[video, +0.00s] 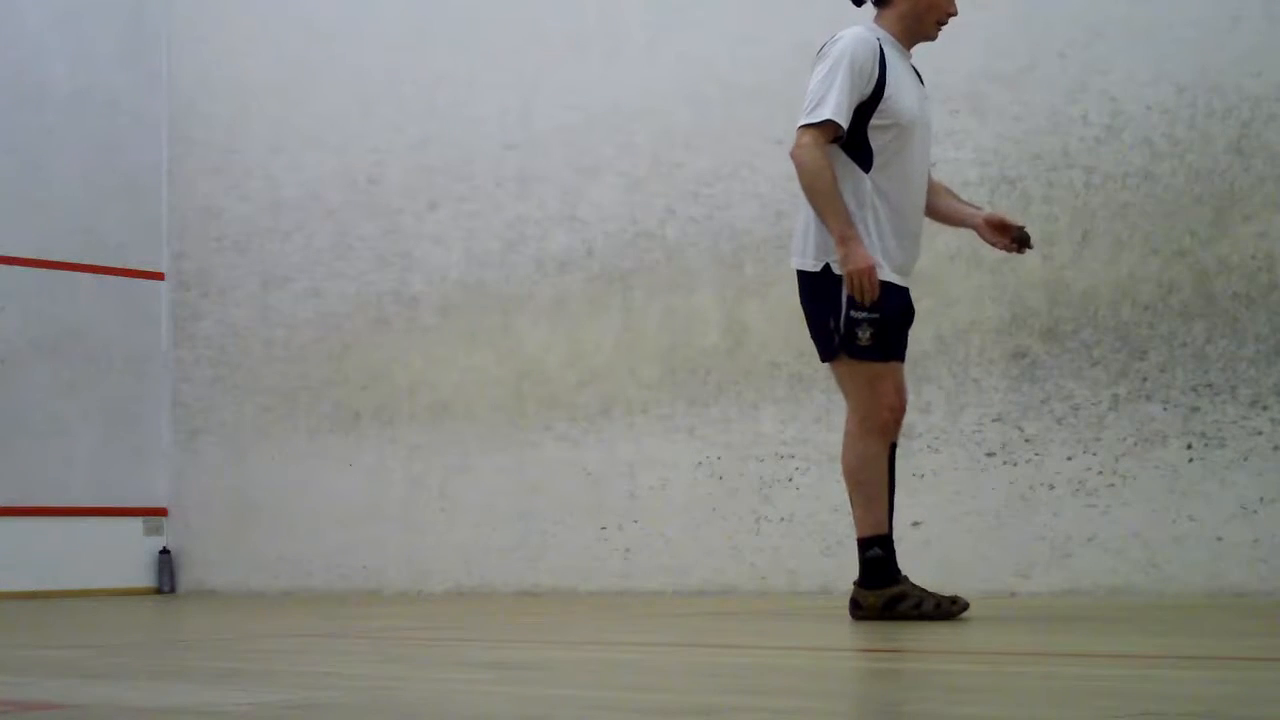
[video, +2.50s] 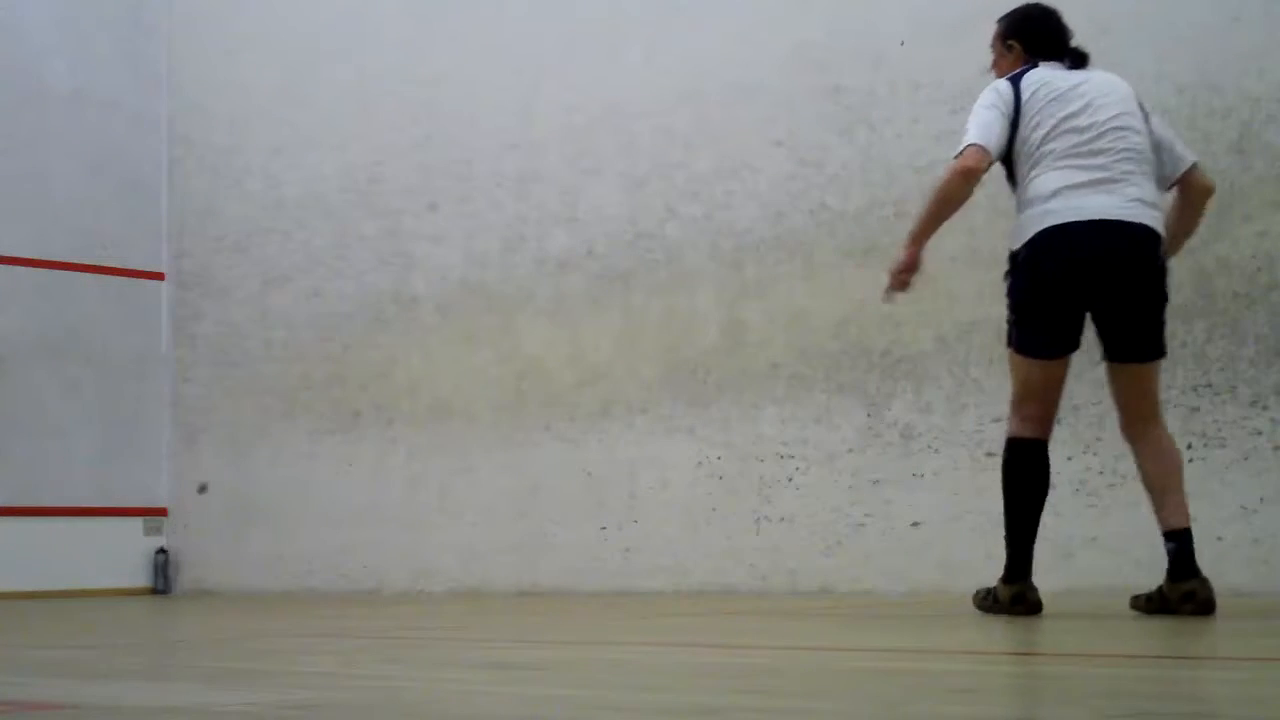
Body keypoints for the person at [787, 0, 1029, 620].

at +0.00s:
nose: (952, 10)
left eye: (952, 2)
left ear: (911, 3)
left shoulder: (907, 70)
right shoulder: (857, 47)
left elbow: (911, 183)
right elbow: (808, 149)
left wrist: (978, 218)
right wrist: (849, 243)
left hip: (882, 268)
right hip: (846, 267)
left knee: (878, 413)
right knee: (878, 410)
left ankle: (879, 579)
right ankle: (877, 581)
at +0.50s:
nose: (941, 11)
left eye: (940, 3)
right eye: (933, 0)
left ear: (899, 4)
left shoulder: (897, 72)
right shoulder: (849, 54)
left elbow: (909, 185)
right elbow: (812, 151)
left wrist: (985, 171)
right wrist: (870, 233)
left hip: (892, 266)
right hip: (852, 267)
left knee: (924, 409)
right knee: (886, 411)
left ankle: (869, 571)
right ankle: (874, 580)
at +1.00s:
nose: (931, 21)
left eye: (934, 11)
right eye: (918, 9)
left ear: (931, 20)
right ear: (878, 12)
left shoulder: (907, 92)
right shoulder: (848, 72)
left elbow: (917, 205)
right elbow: (785, 167)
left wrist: (993, 286)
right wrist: (835, 216)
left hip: (898, 268)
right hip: (874, 262)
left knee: (935, 431)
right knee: (1028, 233)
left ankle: (869, 581)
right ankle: (936, 377)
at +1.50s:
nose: (891, 52)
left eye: (903, 38)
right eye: (877, 40)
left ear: (924, 40)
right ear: (861, 47)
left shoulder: (967, 97)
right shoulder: (863, 140)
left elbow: (1060, 175)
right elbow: (824, 245)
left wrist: (1104, 277)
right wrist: (748, 284)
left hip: (1025, 286)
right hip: (945, 308)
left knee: (1058, 422)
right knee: (916, 423)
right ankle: (1011, 586)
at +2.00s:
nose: (883, 75)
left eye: (887, 62)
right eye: (884, 63)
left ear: (909, 62)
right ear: (926, 59)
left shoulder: (956, 88)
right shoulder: (950, 142)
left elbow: (1059, 87)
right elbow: (934, 232)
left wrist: (1166, 127)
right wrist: (881, 224)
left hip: (1013, 255)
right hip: (1085, 252)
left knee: (961, 401)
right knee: (1024, 420)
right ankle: (1018, 576)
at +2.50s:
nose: (992, 66)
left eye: (995, 55)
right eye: (992, 55)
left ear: (1015, 52)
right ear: (1061, 48)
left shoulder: (1009, 88)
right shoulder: (1119, 90)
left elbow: (970, 166)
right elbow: (1197, 186)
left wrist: (914, 245)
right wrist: (1160, 252)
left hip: (1050, 252)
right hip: (1134, 251)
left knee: (1031, 416)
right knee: (1144, 420)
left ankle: (1017, 581)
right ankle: (1184, 573)